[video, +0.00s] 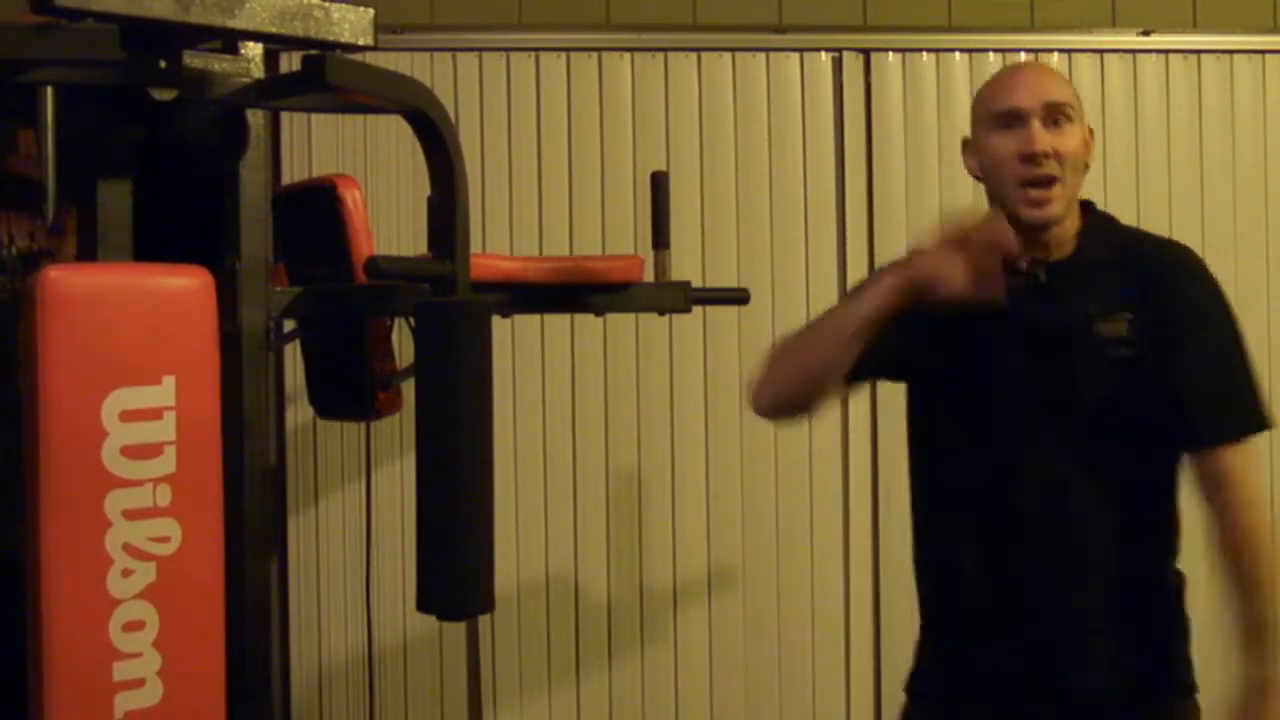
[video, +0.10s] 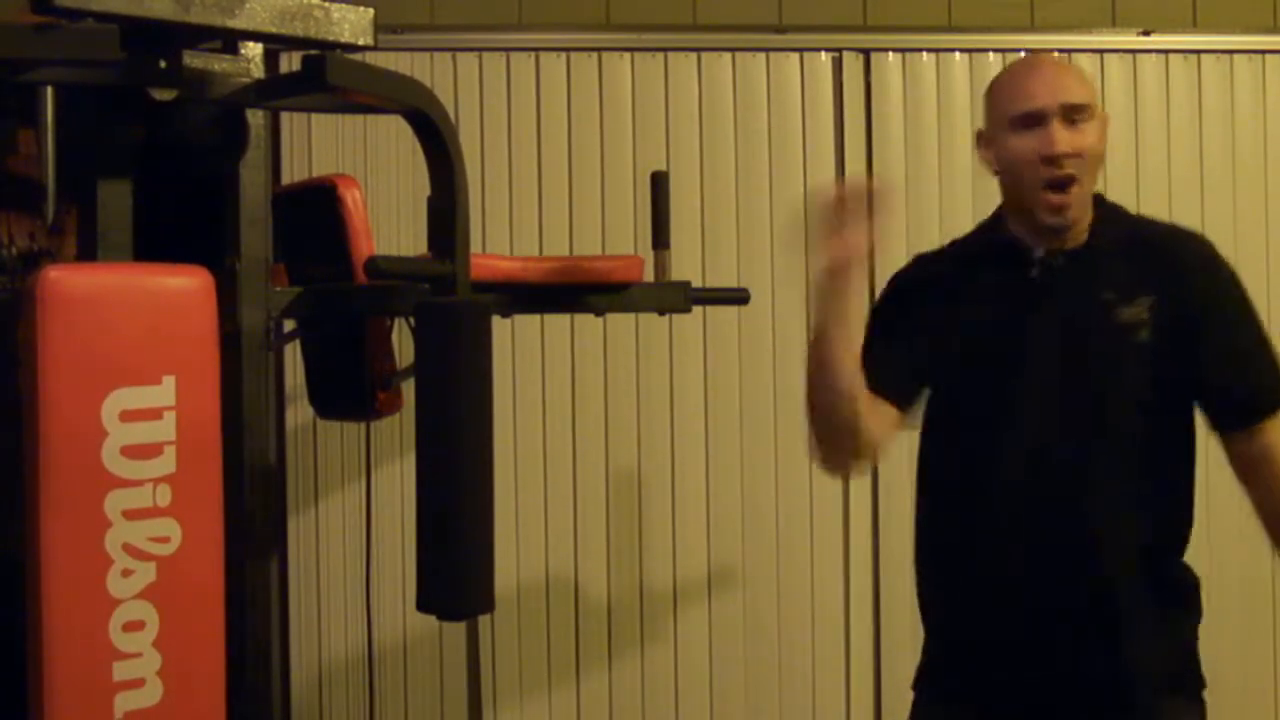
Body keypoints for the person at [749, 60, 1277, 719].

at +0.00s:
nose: (1037, 144)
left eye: (1056, 121)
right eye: (1009, 124)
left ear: (1087, 145)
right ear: (973, 157)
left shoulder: (1162, 278)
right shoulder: (933, 289)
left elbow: (1229, 487)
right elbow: (772, 395)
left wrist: (1262, 672)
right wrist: (905, 277)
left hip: (1128, 667)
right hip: (968, 670)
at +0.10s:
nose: (1057, 145)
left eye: (1075, 118)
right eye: (1029, 124)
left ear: (1103, 132)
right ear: (988, 150)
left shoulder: (1179, 271)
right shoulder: (934, 287)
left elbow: (1262, 454)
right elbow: (844, 447)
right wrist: (838, 282)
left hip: (1134, 663)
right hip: (975, 661)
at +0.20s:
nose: (1089, 139)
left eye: (1098, 113)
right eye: (1059, 119)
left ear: (1115, 116)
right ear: (998, 137)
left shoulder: (1177, 249)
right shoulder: (940, 274)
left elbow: (1255, 430)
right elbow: (859, 468)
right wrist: (880, 342)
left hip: (1140, 643)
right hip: (979, 645)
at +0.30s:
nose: (1078, 135)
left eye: (1085, 108)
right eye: (1047, 116)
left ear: (1100, 112)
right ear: (984, 136)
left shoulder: (1159, 235)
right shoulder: (923, 271)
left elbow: (1227, 424)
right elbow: (878, 445)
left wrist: (1273, 607)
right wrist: (941, 275)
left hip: (1136, 640)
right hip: (975, 644)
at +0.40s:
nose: (1066, 130)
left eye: (1072, 103)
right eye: (1035, 112)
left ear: (1085, 107)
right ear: (970, 134)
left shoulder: (1145, 233)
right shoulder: (914, 263)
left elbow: (1206, 426)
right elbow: (873, 415)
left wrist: (1234, 618)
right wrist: (922, 234)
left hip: (1127, 633)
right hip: (965, 637)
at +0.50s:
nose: (1053, 124)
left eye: (1057, 97)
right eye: (1021, 105)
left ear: (1069, 101)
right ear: (957, 130)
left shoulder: (1132, 230)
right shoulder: (908, 252)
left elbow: (1189, 418)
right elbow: (850, 415)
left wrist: (1186, 603)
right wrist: (857, 230)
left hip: (1107, 626)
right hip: (948, 628)